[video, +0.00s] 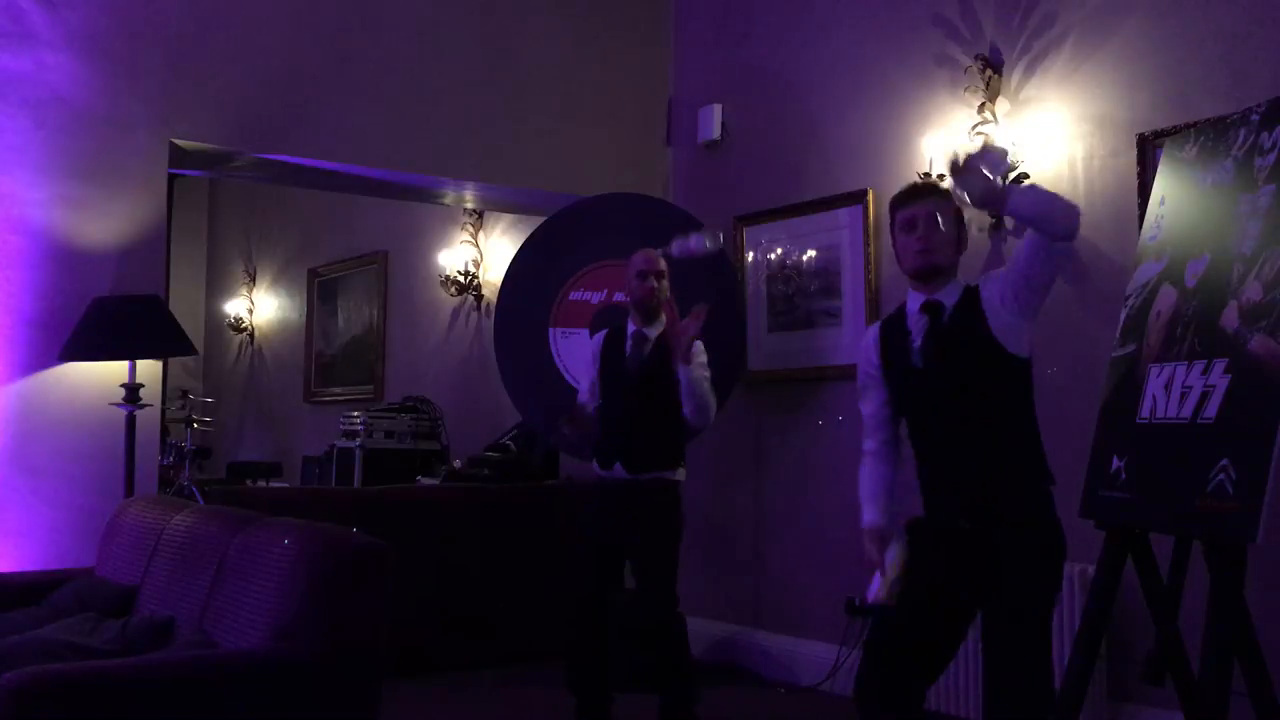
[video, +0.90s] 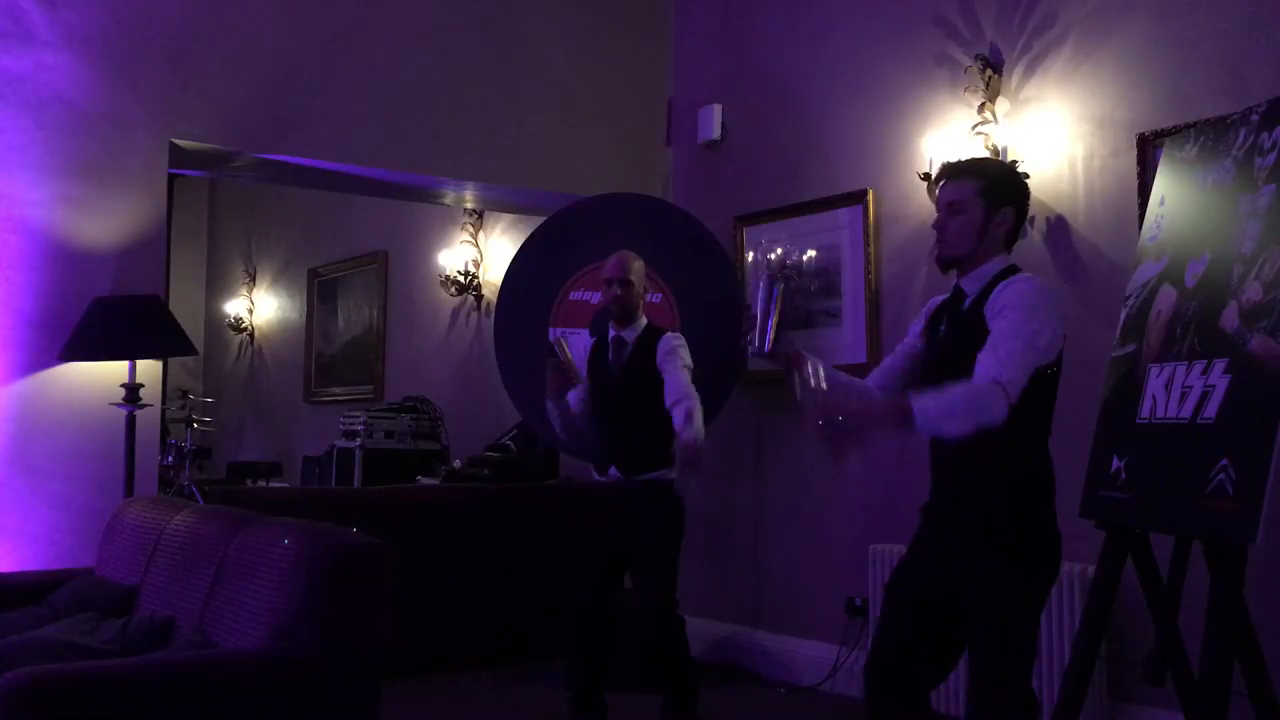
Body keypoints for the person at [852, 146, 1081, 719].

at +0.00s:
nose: (924, 236)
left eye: (937, 223)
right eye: (909, 227)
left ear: (960, 237)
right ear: (893, 248)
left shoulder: (1003, 300)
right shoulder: (881, 341)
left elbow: (1063, 222)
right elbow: (878, 444)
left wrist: (997, 194)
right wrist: (877, 537)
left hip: (1020, 528)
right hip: (941, 536)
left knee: (1016, 697)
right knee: (881, 690)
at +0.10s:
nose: (918, 261)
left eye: (931, 246)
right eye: (904, 250)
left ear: (957, 255)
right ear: (891, 265)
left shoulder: (996, 313)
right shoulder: (888, 365)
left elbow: (1029, 296)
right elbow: (901, 475)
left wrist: (1031, 260)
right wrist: (904, 575)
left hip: (1037, 543)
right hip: (962, 550)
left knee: (1029, 704)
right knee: (881, 691)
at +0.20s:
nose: (919, 276)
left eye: (932, 260)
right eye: (905, 265)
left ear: (962, 263)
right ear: (896, 276)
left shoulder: (1012, 315)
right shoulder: (900, 372)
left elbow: (1021, 338)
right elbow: (916, 487)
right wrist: (932, 590)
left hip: (1043, 552)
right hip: (963, 560)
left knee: (1033, 706)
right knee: (878, 693)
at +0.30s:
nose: (930, 276)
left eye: (943, 258)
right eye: (918, 263)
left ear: (978, 260)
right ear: (909, 272)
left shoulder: (1027, 319)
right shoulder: (911, 366)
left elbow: (987, 395)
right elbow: (923, 475)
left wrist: (882, 410)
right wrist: (940, 561)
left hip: (1045, 554)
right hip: (968, 559)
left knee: (1033, 709)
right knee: (880, 696)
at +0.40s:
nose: (939, 269)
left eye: (954, 252)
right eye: (929, 257)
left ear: (991, 255)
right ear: (922, 263)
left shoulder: (1032, 322)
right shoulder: (918, 355)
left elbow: (952, 415)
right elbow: (923, 448)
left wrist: (840, 428)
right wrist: (923, 490)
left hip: (1040, 552)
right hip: (967, 553)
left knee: (1025, 707)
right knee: (885, 692)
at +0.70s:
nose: (933, 230)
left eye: (950, 218)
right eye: (934, 219)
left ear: (999, 230)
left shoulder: (1021, 314)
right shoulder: (944, 315)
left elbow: (985, 437)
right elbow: (938, 416)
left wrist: (875, 500)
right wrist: (880, 442)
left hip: (1014, 532)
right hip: (954, 526)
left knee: (998, 694)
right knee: (892, 681)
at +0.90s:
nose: (936, 223)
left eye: (953, 210)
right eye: (937, 211)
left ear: (1000, 222)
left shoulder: (1027, 300)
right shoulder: (941, 309)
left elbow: (990, 399)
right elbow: (880, 390)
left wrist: (891, 413)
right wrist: (819, 386)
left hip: (1011, 526)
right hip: (948, 520)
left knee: (998, 695)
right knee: (891, 681)